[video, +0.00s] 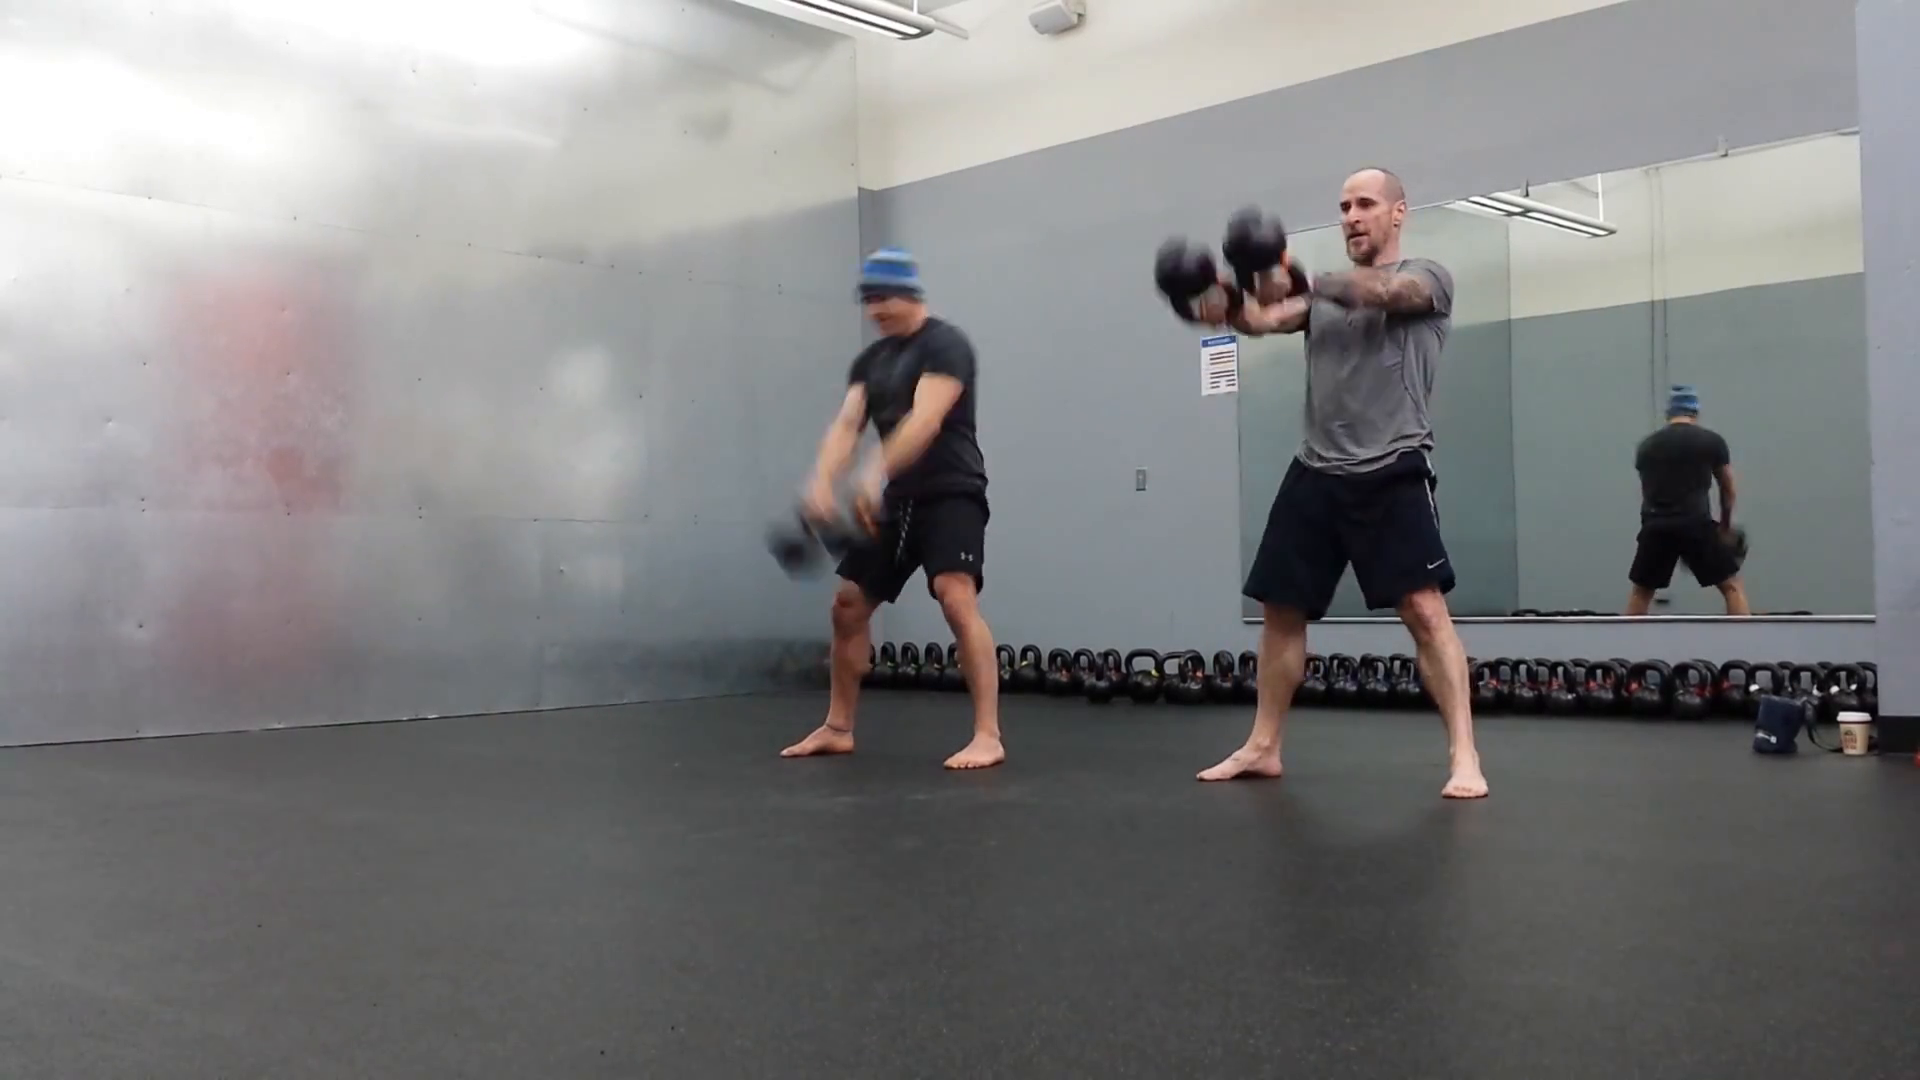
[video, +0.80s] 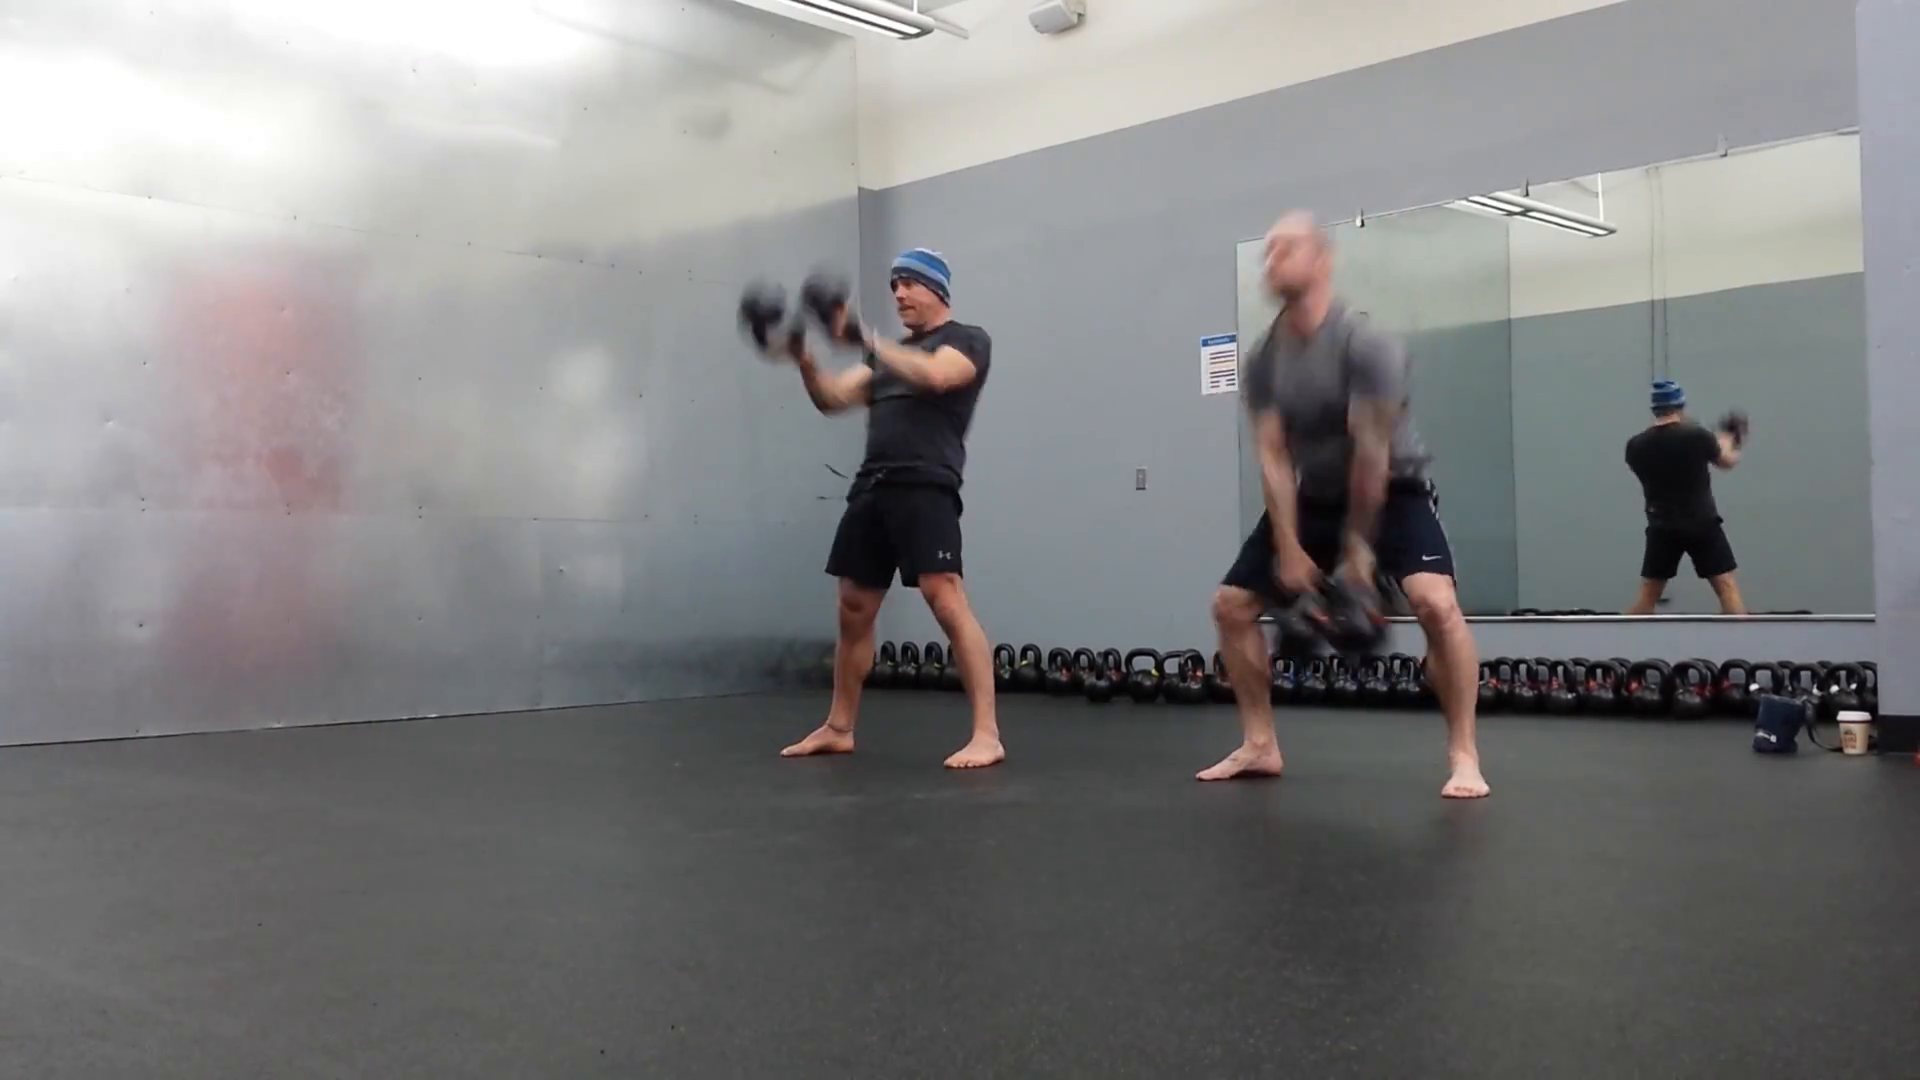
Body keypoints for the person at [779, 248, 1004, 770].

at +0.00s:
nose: (876, 309)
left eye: (885, 298)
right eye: (870, 299)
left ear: (913, 296)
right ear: (866, 303)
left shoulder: (947, 345)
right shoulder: (871, 359)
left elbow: (923, 421)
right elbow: (846, 425)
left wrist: (874, 475)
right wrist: (821, 482)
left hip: (951, 497)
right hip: (896, 500)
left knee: (955, 597)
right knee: (848, 606)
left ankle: (988, 736)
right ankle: (838, 727)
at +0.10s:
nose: (832, 341)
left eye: (840, 328)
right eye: (826, 331)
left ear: (868, 323)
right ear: (823, 335)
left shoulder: (915, 378)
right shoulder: (837, 394)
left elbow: (925, 469)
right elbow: (846, 477)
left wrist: (907, 539)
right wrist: (862, 546)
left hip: (954, 501)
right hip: (898, 507)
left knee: (960, 597)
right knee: (831, 605)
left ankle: (990, 735)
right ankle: (837, 726)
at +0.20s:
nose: (789, 409)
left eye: (797, 395)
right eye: (783, 398)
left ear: (825, 389)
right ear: (782, 402)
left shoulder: (884, 435)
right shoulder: (810, 455)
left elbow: (929, 518)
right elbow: (853, 530)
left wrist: (936, 584)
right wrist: (898, 587)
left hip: (952, 529)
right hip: (891, 539)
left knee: (962, 602)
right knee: (816, 609)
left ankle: (991, 737)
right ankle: (835, 728)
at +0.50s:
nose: (819, 331)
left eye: (831, 321)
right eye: (820, 322)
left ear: (861, 330)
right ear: (827, 334)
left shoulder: (902, 396)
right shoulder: (829, 407)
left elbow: (917, 486)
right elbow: (845, 489)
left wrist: (910, 556)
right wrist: (868, 555)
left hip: (943, 517)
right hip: (882, 522)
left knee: (949, 602)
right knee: (816, 607)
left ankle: (989, 735)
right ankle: (835, 726)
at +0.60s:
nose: (871, 293)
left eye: (882, 284)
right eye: (868, 285)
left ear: (911, 292)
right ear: (866, 296)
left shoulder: (935, 348)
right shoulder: (864, 361)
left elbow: (911, 428)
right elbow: (844, 431)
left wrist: (873, 493)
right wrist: (831, 497)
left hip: (944, 496)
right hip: (893, 500)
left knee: (952, 598)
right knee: (838, 607)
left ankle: (988, 735)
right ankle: (837, 726)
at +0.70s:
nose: (900, 293)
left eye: (909, 283)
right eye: (896, 285)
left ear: (939, 288)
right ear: (897, 294)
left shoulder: (968, 333)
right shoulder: (893, 347)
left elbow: (923, 386)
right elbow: (853, 391)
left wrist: (858, 401)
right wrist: (810, 416)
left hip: (937, 489)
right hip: (884, 488)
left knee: (951, 600)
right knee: (851, 605)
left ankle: (985, 735)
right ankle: (838, 726)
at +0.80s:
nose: (898, 293)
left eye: (908, 283)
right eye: (895, 285)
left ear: (937, 290)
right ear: (897, 296)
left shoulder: (969, 340)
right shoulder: (891, 360)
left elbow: (935, 375)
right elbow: (831, 399)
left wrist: (864, 339)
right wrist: (804, 360)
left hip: (927, 491)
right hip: (872, 491)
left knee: (946, 600)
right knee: (854, 609)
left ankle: (987, 735)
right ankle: (838, 727)